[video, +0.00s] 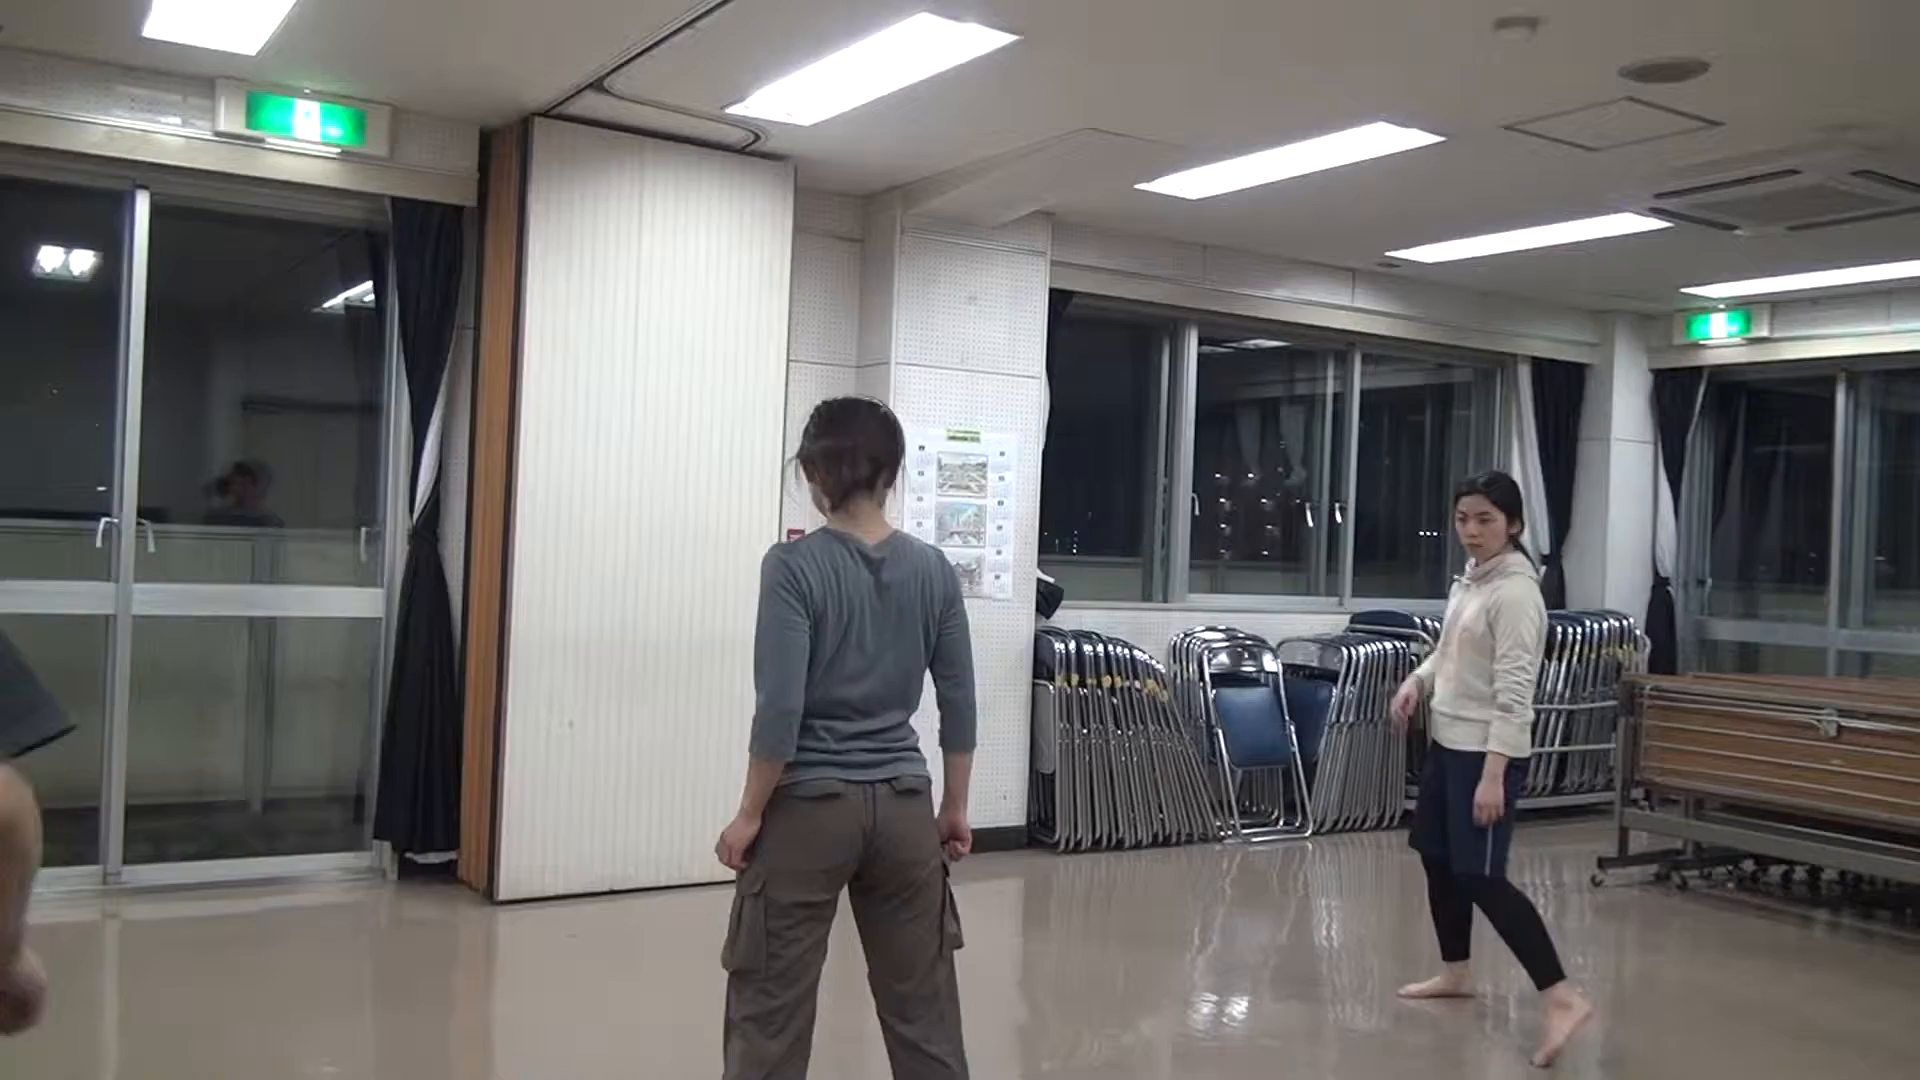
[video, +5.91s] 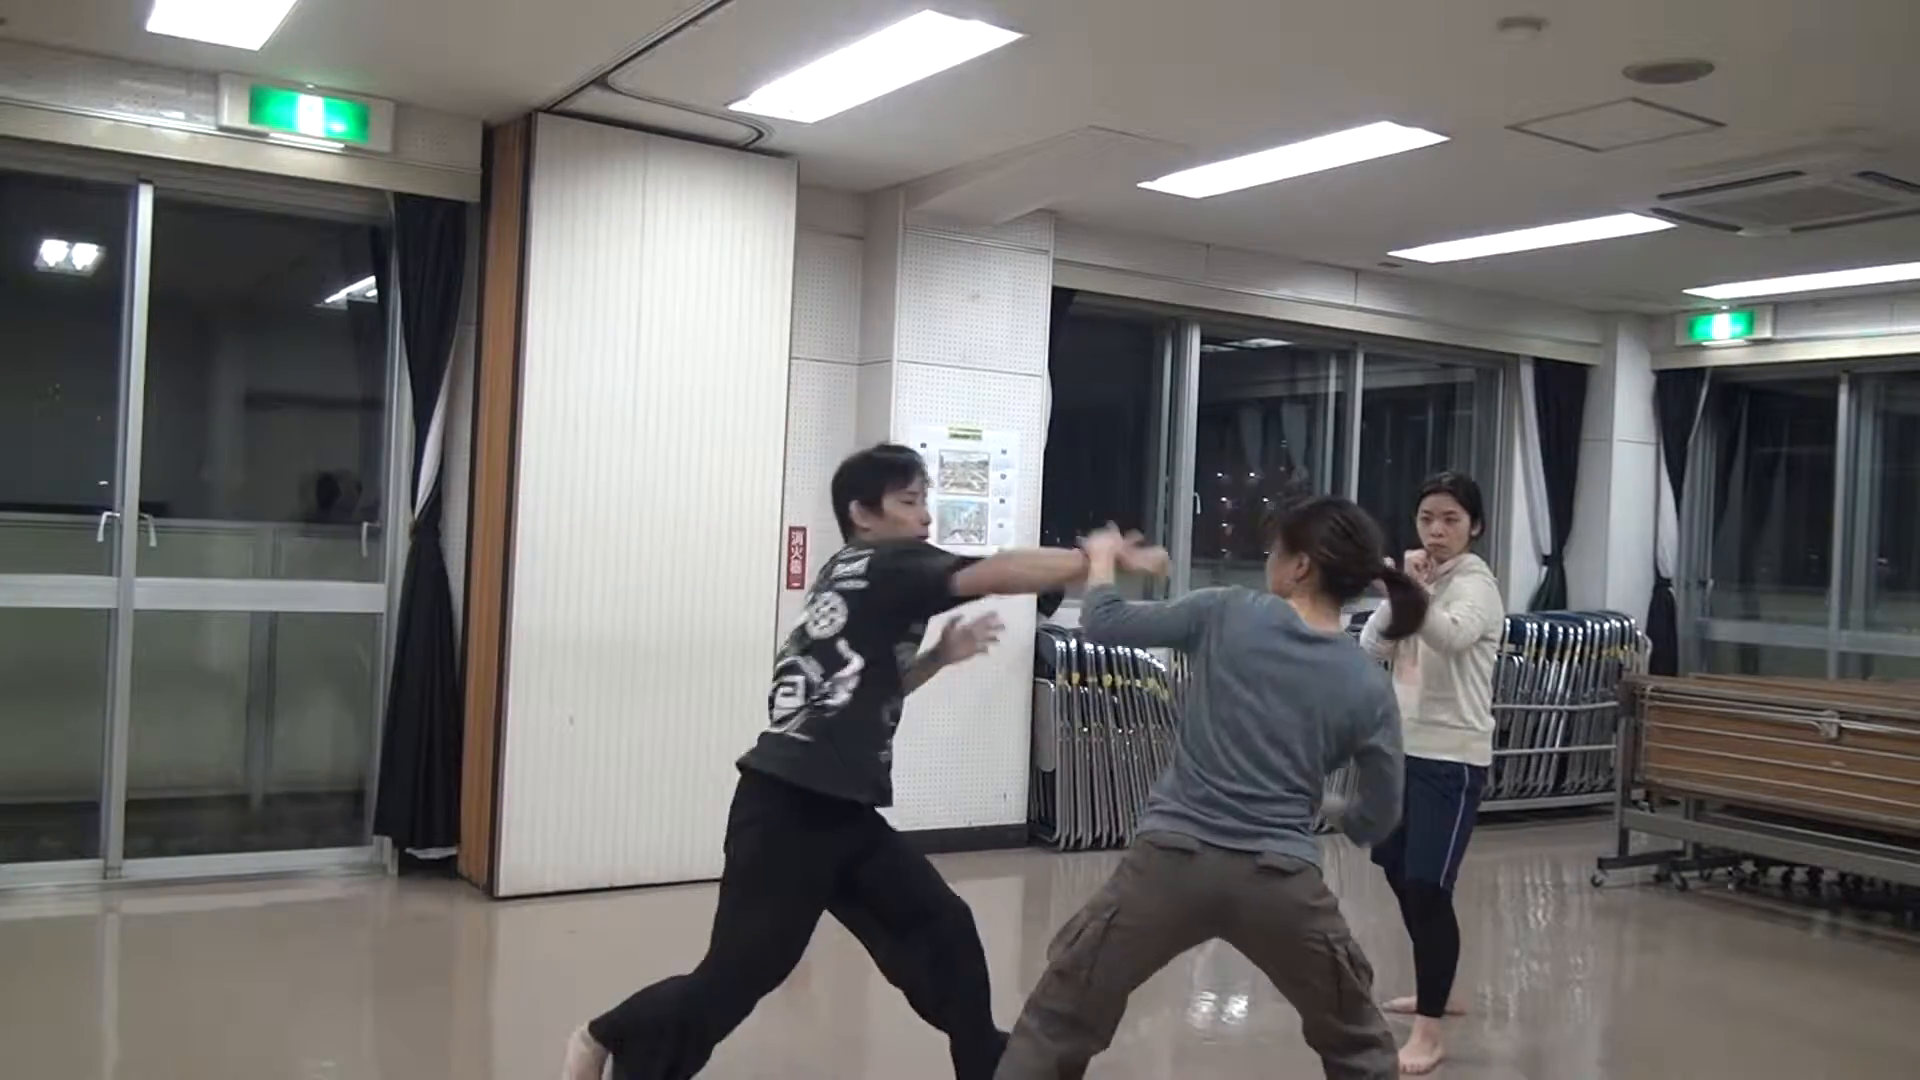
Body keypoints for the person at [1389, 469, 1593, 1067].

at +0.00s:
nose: (1469, 530)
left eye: (1481, 519)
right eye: (1462, 520)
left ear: (1510, 524)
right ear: (1457, 525)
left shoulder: (1516, 590)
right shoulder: (1472, 579)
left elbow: (1517, 689)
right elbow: (1450, 653)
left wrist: (1494, 772)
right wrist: (1416, 681)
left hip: (1483, 753)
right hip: (1445, 745)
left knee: (1479, 875)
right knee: (1435, 853)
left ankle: (1563, 999)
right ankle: (1454, 976)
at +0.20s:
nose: (1453, 526)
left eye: (1466, 517)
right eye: (1446, 517)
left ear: (1493, 523)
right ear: (1440, 522)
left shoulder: (1498, 590)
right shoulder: (1455, 579)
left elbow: (1491, 688)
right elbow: (1448, 651)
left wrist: (1455, 762)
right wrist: (1415, 661)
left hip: (1479, 745)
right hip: (1444, 736)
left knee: (1435, 864)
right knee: (1429, 861)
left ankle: (1498, 982)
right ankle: (1455, 973)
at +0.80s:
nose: (1421, 536)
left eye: (1433, 526)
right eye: (1414, 526)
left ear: (1459, 531)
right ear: (1408, 530)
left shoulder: (1461, 589)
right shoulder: (1427, 584)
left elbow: (1428, 667)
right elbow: (1423, 670)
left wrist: (1373, 722)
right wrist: (1400, 655)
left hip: (1448, 743)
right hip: (1413, 737)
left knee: (1418, 861)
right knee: (1395, 851)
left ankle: (1414, 994)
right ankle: (1449, 965)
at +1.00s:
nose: (1423, 540)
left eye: (1435, 529)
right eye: (1415, 530)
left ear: (1462, 535)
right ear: (1409, 534)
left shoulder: (1467, 595)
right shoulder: (1423, 588)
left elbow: (1420, 654)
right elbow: (1402, 661)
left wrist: (1331, 662)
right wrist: (1391, 624)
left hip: (1444, 757)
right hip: (1407, 750)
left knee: (1416, 877)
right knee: (1398, 860)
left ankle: (1426, 1029)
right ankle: (1447, 968)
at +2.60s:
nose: (1436, 524)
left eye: (1450, 515)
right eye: (1429, 513)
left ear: (1476, 525)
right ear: (1419, 521)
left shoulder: (1479, 583)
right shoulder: (1420, 580)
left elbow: (1447, 631)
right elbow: (1372, 643)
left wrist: (1389, 588)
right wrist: (1403, 587)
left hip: (1451, 757)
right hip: (1405, 749)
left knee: (1426, 887)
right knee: (1391, 865)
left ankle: (1429, 1033)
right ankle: (1437, 991)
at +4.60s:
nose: (1433, 524)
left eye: (1447, 514)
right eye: (1426, 514)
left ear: (1475, 523)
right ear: (1418, 521)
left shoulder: (1477, 581)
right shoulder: (1422, 580)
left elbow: (1440, 630)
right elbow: (1375, 644)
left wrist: (1380, 588)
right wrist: (1404, 588)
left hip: (1447, 754)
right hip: (1406, 747)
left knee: (1425, 882)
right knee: (1409, 872)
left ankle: (1426, 1033)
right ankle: (1443, 988)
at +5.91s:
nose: (1436, 528)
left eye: (1450, 518)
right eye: (1427, 518)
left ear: (1474, 527)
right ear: (1417, 524)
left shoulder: (1478, 581)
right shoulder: (1413, 577)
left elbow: (1454, 635)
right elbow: (1372, 647)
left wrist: (1415, 586)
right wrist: (1406, 598)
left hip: (1451, 756)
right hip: (1400, 748)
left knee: (1429, 890)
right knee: (1400, 877)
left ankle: (1427, 1033)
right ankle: (1438, 990)